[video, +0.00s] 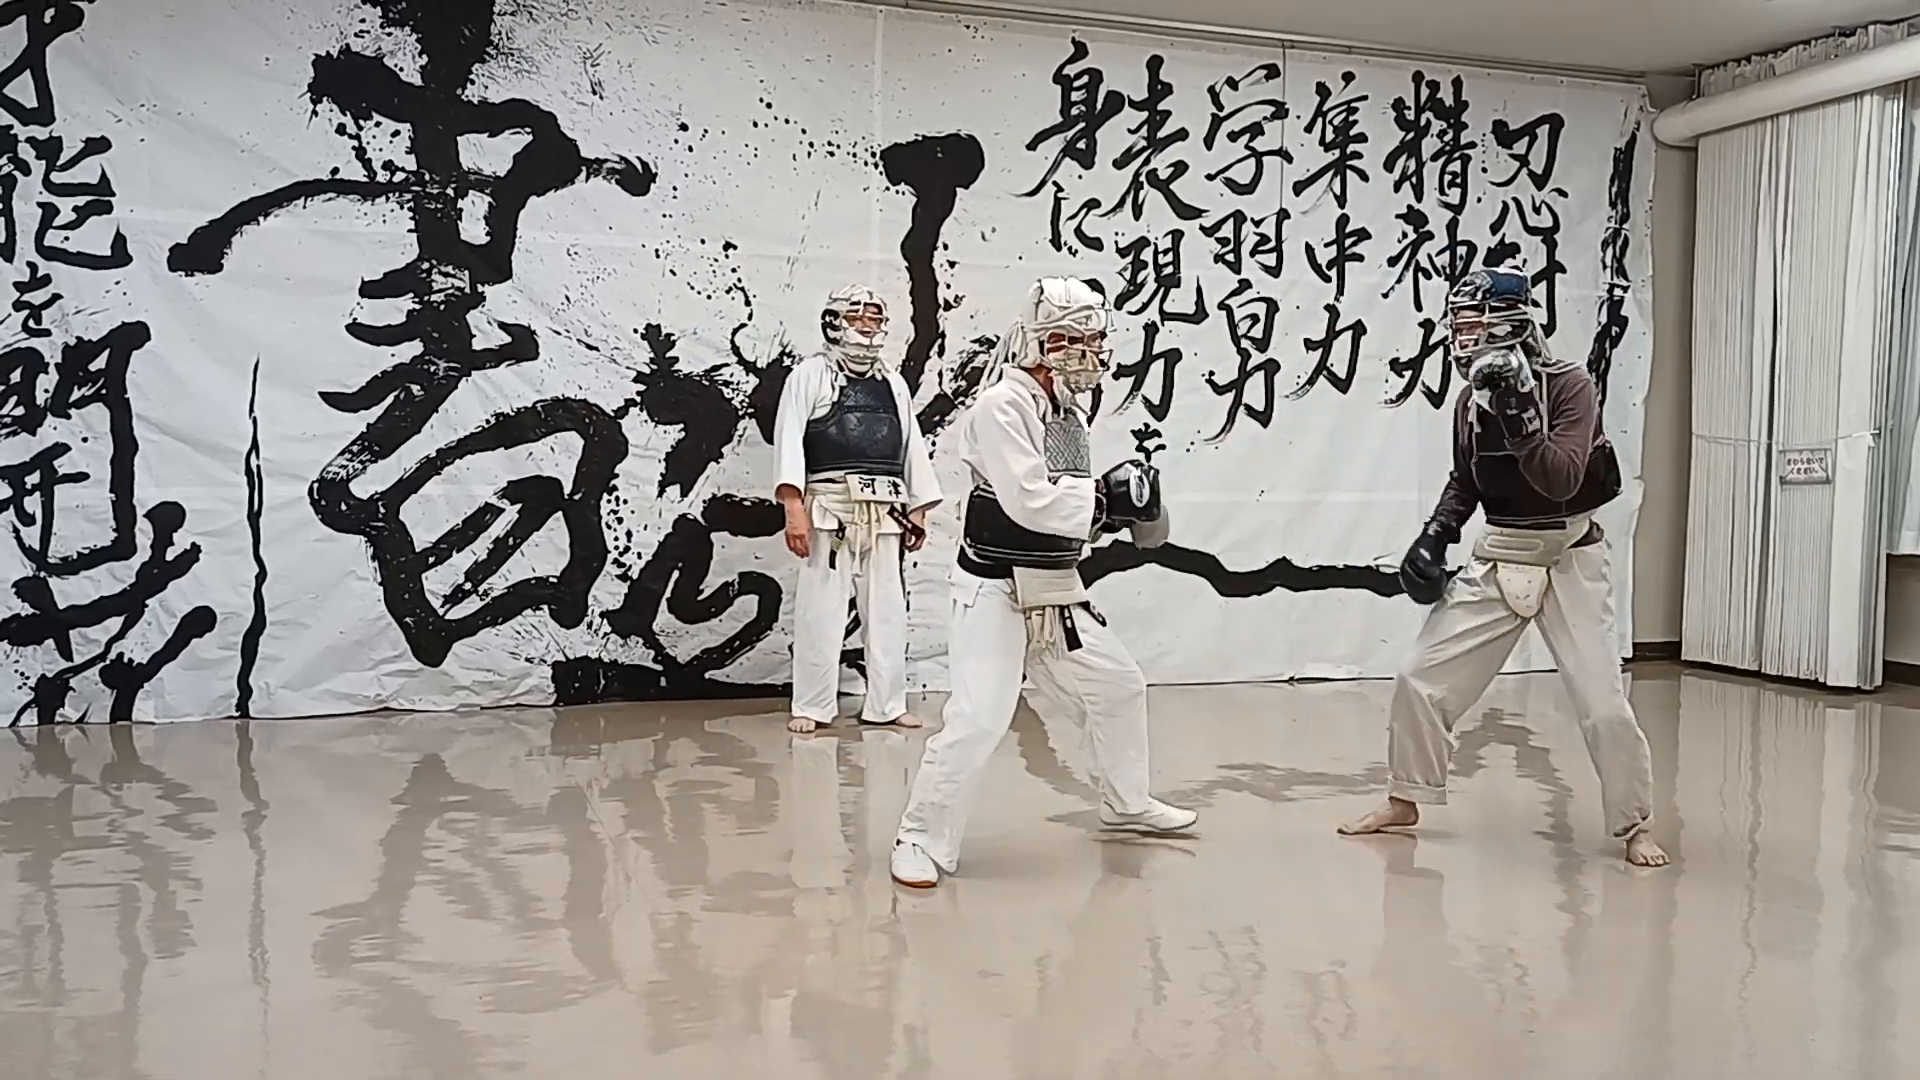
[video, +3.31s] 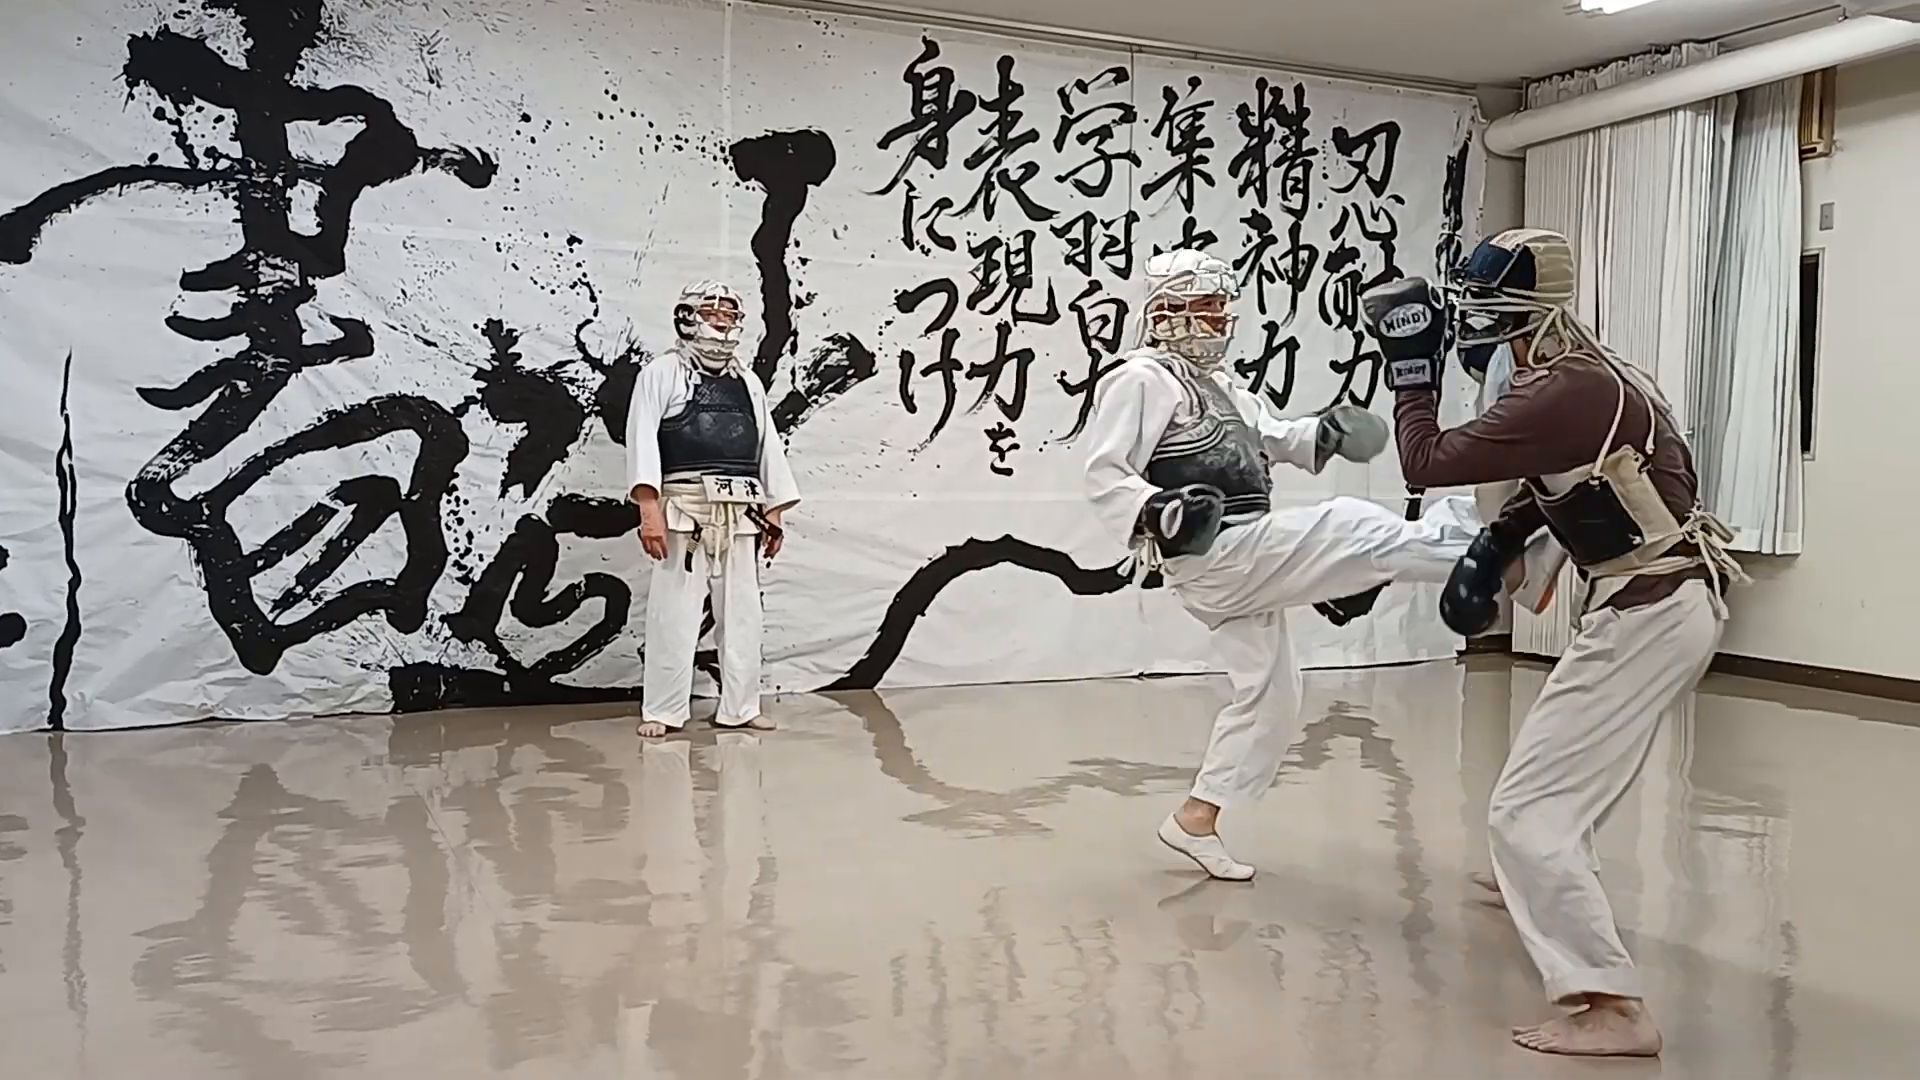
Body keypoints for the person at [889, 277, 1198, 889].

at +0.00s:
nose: (1084, 352)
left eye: (1092, 341)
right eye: (1071, 340)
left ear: (1098, 344)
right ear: (1039, 339)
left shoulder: (1070, 409)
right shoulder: (1003, 402)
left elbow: (1054, 496)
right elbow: (1026, 498)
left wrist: (1114, 502)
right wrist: (1106, 500)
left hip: (1051, 582)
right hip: (993, 584)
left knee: (1119, 684)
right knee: (979, 715)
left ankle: (1127, 804)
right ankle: (920, 843)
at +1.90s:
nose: (1067, 358)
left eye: (1072, 347)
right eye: (1053, 346)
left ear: (1078, 352)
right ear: (1020, 350)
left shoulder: (1044, 417)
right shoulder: (985, 414)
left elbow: (1030, 505)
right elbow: (986, 514)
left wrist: (1075, 532)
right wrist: (1064, 529)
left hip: (1024, 592)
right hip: (969, 594)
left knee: (1113, 672)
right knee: (944, 724)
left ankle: (1089, 786)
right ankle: (874, 817)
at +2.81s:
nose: (1077, 358)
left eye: (1088, 344)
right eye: (1060, 343)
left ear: (1102, 349)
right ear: (1031, 346)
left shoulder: (1104, 419)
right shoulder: (993, 415)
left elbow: (1116, 497)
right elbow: (982, 517)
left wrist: (1127, 537)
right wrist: (1058, 541)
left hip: (1080, 592)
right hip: (1002, 593)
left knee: (1157, 686)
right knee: (970, 722)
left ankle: (1141, 807)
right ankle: (930, 812)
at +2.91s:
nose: (1106, 353)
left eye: (1115, 340)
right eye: (1089, 340)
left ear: (1126, 345)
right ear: (1057, 346)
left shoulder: (1121, 417)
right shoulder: (1021, 415)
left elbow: (1125, 496)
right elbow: (1021, 512)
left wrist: (1154, 521)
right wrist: (1102, 517)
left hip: (1097, 596)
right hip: (1023, 596)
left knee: (1181, 685)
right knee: (987, 720)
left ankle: (1184, 826)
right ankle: (929, 817)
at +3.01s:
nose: (1148, 345)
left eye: (1155, 332)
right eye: (1133, 332)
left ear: (1162, 337)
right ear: (1100, 340)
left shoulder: (1157, 413)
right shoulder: (1069, 405)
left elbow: (1173, 494)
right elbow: (1081, 491)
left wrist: (1220, 486)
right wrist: (1157, 474)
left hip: (1133, 591)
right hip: (1061, 590)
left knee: (1199, 700)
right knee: (1020, 728)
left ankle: (1193, 839)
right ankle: (934, 805)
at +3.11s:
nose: (1177, 332)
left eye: (1184, 321)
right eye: (1162, 319)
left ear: (1194, 328)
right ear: (1130, 324)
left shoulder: (1184, 400)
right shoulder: (1100, 384)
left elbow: (1248, 457)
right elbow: (1079, 475)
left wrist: (1290, 439)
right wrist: (1141, 494)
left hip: (1177, 567)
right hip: (1117, 568)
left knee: (1221, 698)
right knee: (1183, 696)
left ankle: (1194, 839)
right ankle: (1082, 760)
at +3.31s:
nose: (1218, 319)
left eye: (1223, 307)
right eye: (1204, 307)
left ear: (1228, 312)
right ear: (1166, 313)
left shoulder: (1220, 383)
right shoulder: (1139, 377)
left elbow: (1267, 435)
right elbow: (1101, 472)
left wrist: (1327, 435)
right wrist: (1156, 510)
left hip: (1244, 549)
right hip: (1212, 552)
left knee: (1263, 690)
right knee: (1352, 528)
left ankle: (1196, 819)